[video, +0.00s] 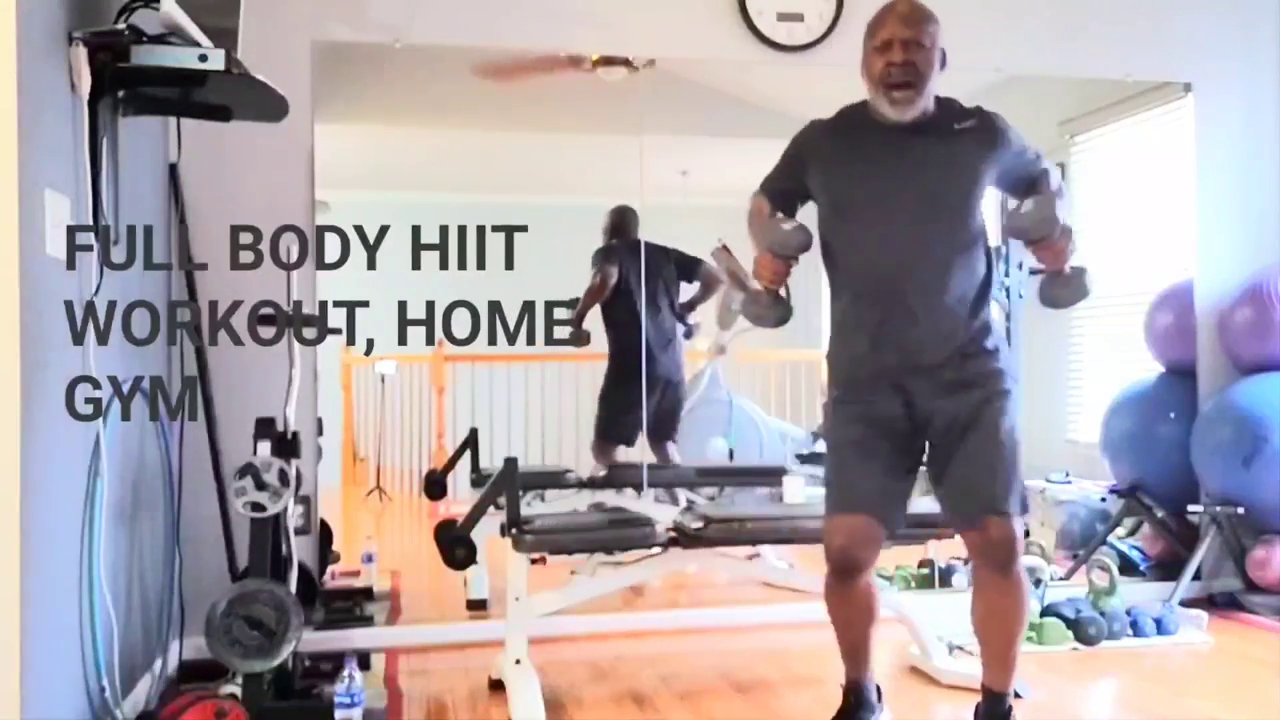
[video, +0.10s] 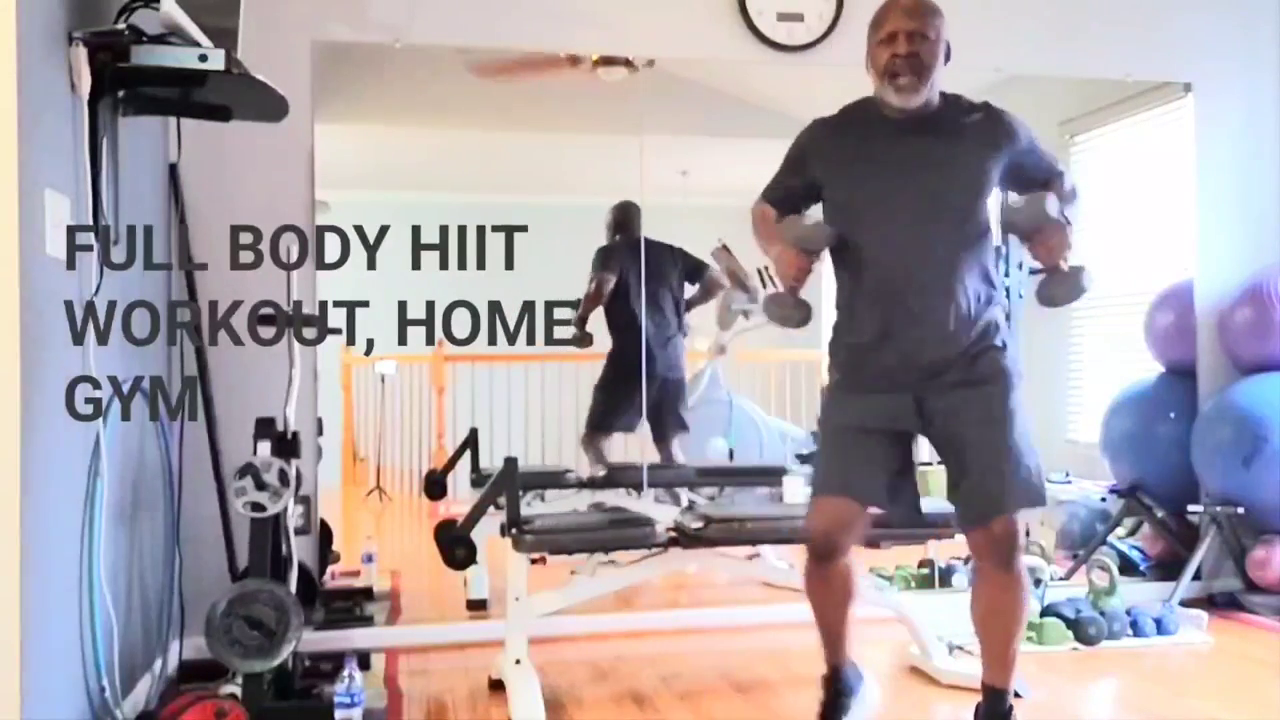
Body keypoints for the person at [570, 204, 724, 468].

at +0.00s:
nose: (604, 231)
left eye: (606, 227)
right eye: (605, 228)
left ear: (610, 229)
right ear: (636, 229)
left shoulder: (609, 252)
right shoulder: (664, 253)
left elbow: (606, 280)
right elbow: (714, 279)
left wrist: (578, 317)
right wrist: (690, 305)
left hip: (631, 367)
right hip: (671, 368)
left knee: (604, 448)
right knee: (662, 440)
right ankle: (683, 504)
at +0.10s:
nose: (607, 230)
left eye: (608, 226)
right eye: (608, 226)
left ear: (613, 226)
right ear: (640, 225)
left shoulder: (611, 252)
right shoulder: (669, 252)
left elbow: (602, 287)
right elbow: (717, 283)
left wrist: (581, 319)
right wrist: (685, 305)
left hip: (629, 362)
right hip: (671, 364)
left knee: (592, 439)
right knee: (668, 443)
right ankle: (685, 506)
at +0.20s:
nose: (608, 225)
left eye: (610, 220)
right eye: (611, 220)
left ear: (614, 221)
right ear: (641, 221)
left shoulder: (608, 251)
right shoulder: (673, 250)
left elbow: (597, 296)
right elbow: (707, 295)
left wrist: (584, 321)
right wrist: (675, 308)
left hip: (623, 359)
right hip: (665, 360)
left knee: (581, 431)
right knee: (666, 435)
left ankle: (584, 496)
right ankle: (681, 499)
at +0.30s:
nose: (605, 236)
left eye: (607, 232)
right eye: (607, 231)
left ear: (612, 232)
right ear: (639, 231)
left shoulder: (602, 264)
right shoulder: (671, 263)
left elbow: (584, 318)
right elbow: (689, 315)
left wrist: (589, 340)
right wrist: (658, 319)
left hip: (617, 365)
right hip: (661, 365)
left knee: (573, 440)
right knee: (669, 444)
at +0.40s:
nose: (602, 258)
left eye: (602, 254)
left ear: (603, 256)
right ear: (630, 256)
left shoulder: (595, 289)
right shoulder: (660, 289)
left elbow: (579, 345)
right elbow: (674, 347)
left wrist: (586, 358)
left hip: (613, 384)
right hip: (656, 383)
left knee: (557, 452)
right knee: (669, 451)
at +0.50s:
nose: (589, 274)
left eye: (590, 271)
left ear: (590, 275)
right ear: (616, 274)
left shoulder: (582, 307)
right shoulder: (648, 306)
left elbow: (562, 365)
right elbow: (662, 364)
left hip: (602, 397)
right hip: (648, 399)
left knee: (540, 454)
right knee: (666, 462)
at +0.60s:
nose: (570, 273)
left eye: (571, 270)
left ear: (573, 273)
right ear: (599, 272)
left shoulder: (563, 307)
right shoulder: (632, 303)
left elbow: (544, 362)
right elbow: (654, 355)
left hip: (588, 398)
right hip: (633, 397)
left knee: (535, 454)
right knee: (656, 459)